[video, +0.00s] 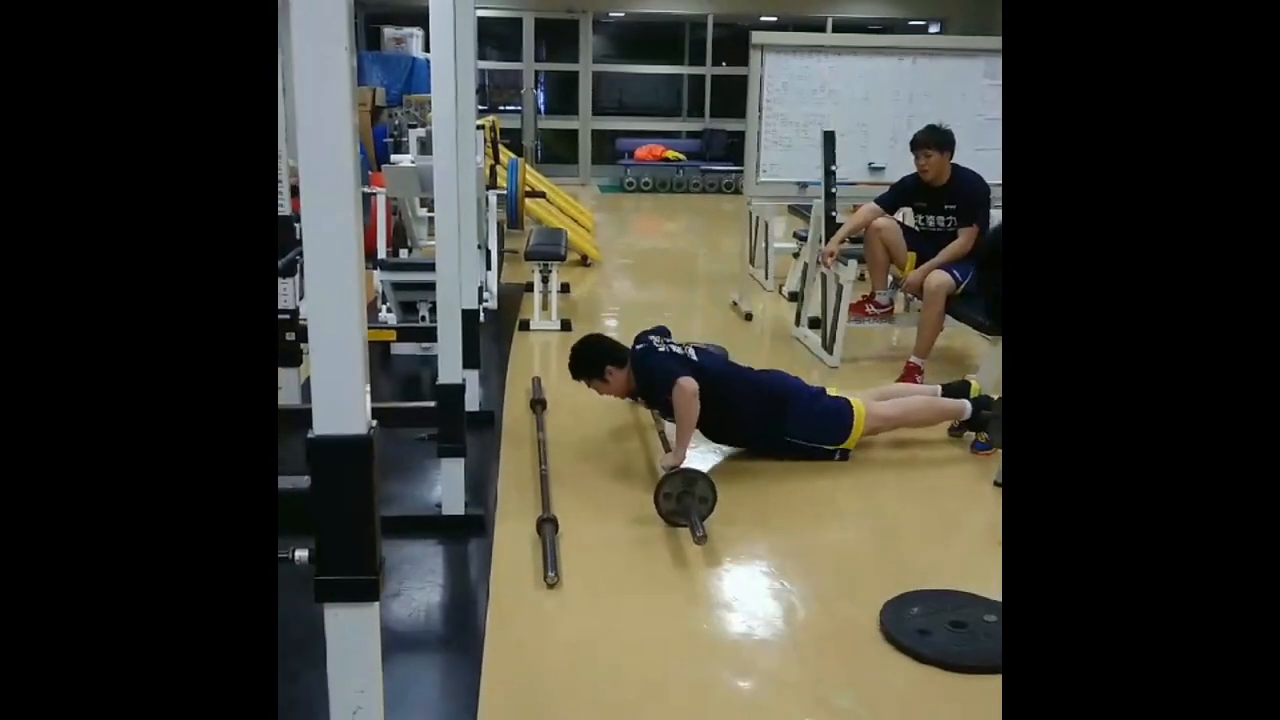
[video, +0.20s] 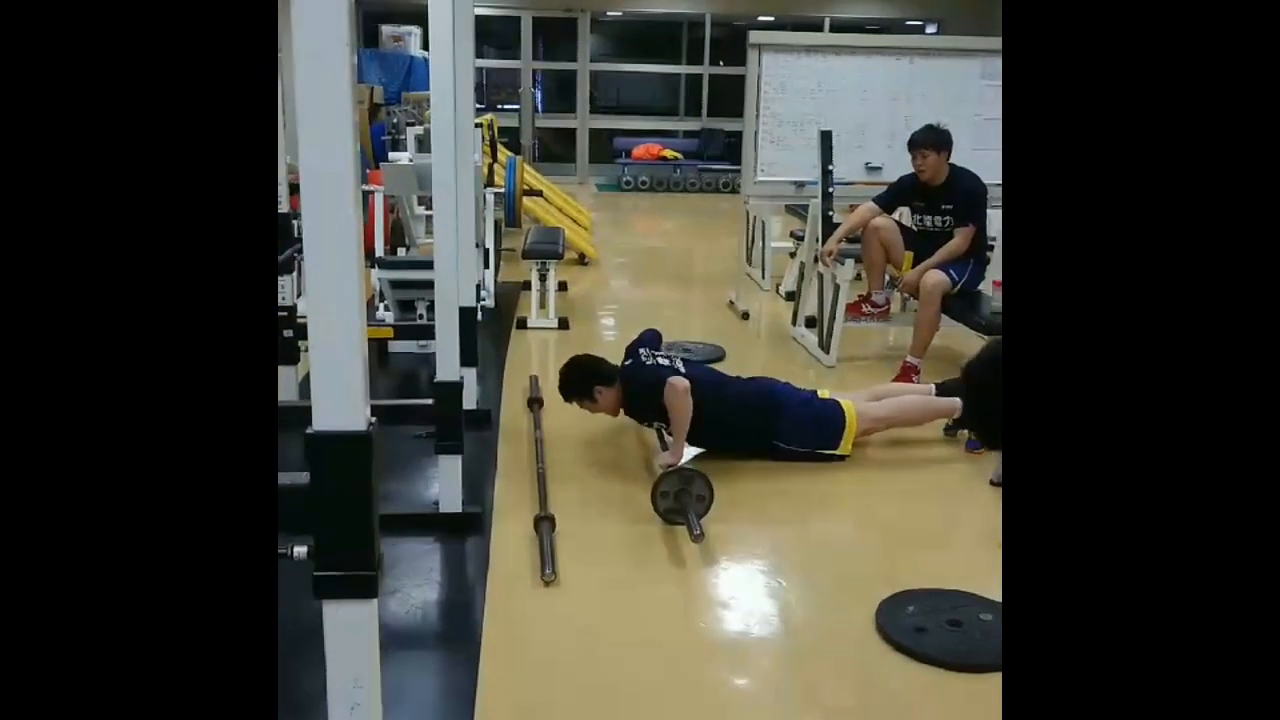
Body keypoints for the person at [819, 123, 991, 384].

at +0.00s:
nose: (920, 163)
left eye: (927, 157)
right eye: (917, 157)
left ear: (947, 156)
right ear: (913, 157)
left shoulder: (971, 186)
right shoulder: (911, 184)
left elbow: (965, 242)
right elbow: (870, 211)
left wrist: (922, 271)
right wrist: (836, 240)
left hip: (961, 257)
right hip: (924, 249)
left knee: (935, 283)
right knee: (877, 227)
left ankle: (915, 365)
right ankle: (880, 301)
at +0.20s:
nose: (917, 163)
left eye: (924, 156)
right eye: (914, 157)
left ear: (945, 155)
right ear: (910, 157)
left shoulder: (969, 186)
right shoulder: (909, 184)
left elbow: (962, 242)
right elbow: (869, 210)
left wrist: (919, 271)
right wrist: (835, 238)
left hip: (963, 258)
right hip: (924, 249)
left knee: (931, 282)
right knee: (876, 226)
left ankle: (911, 366)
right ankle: (877, 301)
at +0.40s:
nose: (916, 163)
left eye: (923, 157)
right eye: (913, 157)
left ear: (944, 157)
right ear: (910, 157)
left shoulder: (967, 187)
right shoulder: (909, 184)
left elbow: (960, 242)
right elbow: (867, 210)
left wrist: (916, 271)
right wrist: (832, 237)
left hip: (961, 260)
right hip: (922, 250)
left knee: (929, 283)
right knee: (874, 227)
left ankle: (908, 367)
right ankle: (874, 302)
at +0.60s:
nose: (915, 166)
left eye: (922, 160)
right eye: (912, 160)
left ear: (943, 160)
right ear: (908, 161)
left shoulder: (965, 190)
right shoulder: (907, 188)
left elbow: (956, 246)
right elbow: (864, 213)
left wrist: (913, 274)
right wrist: (827, 240)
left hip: (959, 264)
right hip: (920, 255)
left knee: (925, 286)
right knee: (871, 230)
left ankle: (906, 369)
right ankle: (872, 304)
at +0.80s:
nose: (912, 170)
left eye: (919, 164)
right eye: (909, 164)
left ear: (939, 164)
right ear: (905, 165)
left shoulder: (962, 195)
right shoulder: (904, 191)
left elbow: (953, 249)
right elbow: (862, 217)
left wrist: (910, 279)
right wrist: (825, 243)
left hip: (956, 268)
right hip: (917, 258)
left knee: (922, 291)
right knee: (868, 234)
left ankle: (903, 372)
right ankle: (869, 309)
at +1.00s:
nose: (907, 175)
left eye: (915, 169)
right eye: (904, 169)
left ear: (934, 170)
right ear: (901, 170)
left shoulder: (957, 199)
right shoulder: (899, 197)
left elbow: (947, 257)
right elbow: (858, 222)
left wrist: (906, 284)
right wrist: (819, 249)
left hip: (954, 273)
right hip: (914, 264)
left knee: (918, 295)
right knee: (864, 238)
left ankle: (899, 378)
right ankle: (864, 314)